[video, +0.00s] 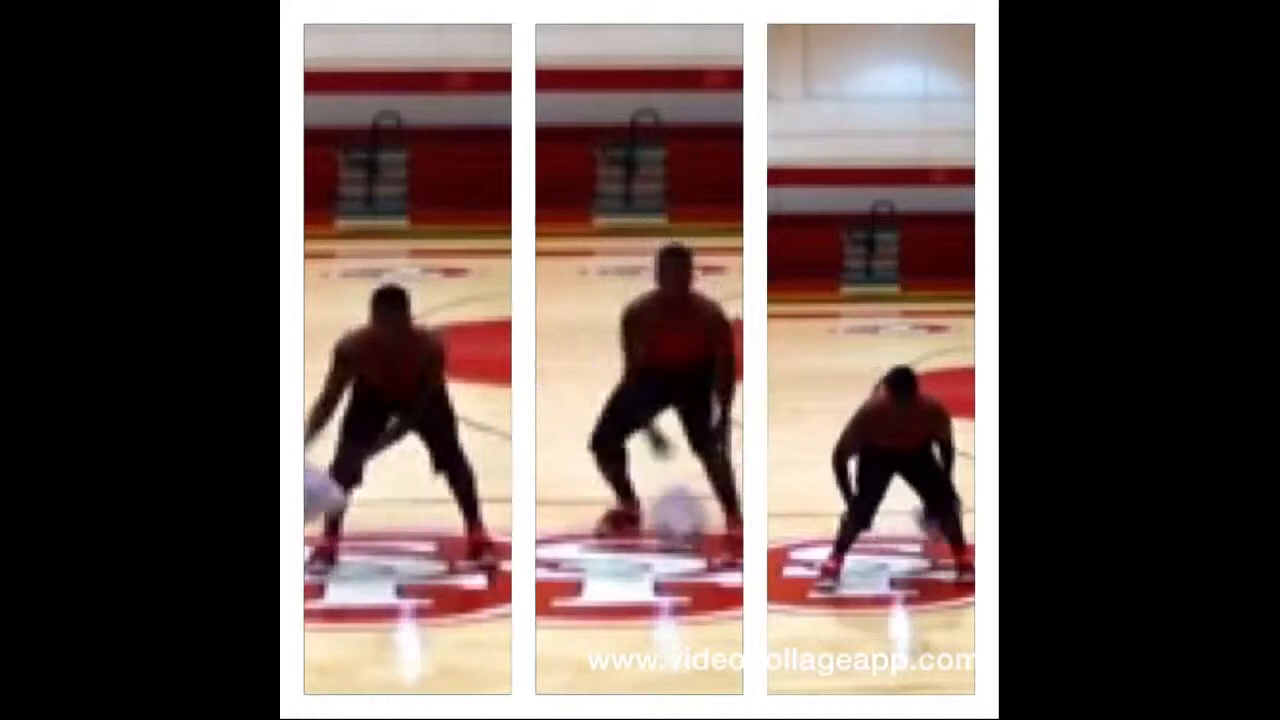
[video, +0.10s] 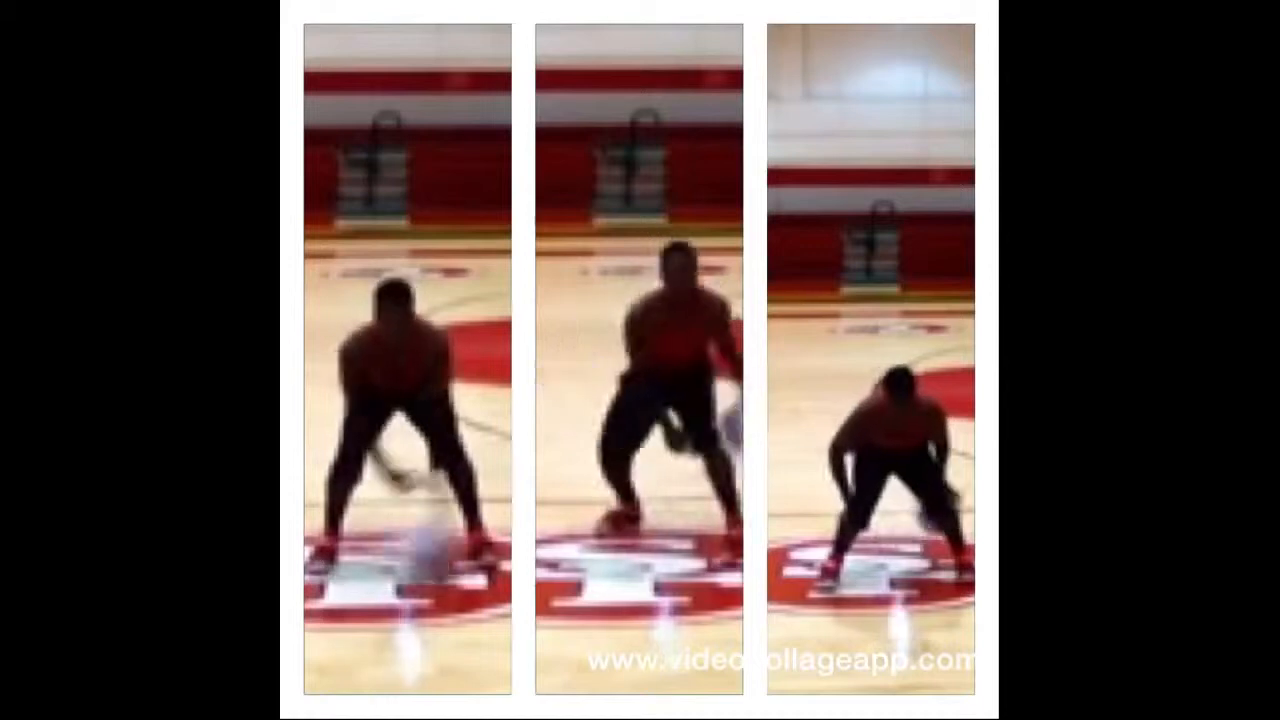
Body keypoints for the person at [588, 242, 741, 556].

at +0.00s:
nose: (676, 282)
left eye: (681, 274)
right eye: (669, 275)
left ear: (691, 275)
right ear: (658, 276)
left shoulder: (709, 315)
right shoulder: (637, 315)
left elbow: (725, 370)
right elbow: (633, 376)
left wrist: (723, 417)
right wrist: (648, 427)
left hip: (694, 386)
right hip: (649, 385)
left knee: (709, 447)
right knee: (605, 442)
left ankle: (734, 517)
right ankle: (628, 507)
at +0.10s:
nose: (679, 278)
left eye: (685, 270)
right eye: (673, 271)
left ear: (696, 271)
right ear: (662, 273)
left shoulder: (711, 308)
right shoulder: (642, 314)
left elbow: (728, 351)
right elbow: (642, 374)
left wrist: (745, 383)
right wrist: (662, 420)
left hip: (693, 383)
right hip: (648, 383)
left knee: (708, 444)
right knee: (612, 451)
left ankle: (734, 517)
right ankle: (629, 508)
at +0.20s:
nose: (683, 268)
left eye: (689, 260)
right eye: (676, 261)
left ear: (700, 260)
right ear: (666, 263)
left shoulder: (716, 286)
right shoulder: (650, 303)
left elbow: (744, 311)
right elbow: (624, 354)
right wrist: (628, 395)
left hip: (694, 364)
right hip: (649, 367)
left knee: (719, 437)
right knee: (626, 439)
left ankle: (736, 509)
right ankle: (627, 499)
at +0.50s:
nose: (678, 281)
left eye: (684, 274)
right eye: (672, 274)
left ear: (695, 274)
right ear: (663, 275)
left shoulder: (715, 313)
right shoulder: (647, 315)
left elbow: (726, 363)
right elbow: (634, 364)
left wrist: (734, 400)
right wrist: (626, 413)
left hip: (711, 383)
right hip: (670, 386)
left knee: (741, 444)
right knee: (664, 445)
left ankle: (720, 497)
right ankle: (643, 521)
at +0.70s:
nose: (671, 269)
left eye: (678, 262)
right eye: (665, 261)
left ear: (690, 263)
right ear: (658, 260)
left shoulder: (712, 298)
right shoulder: (637, 292)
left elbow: (740, 339)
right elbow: (599, 328)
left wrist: (739, 382)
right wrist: (568, 372)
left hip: (704, 367)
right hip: (659, 364)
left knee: (719, 428)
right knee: (627, 431)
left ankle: (736, 486)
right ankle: (634, 498)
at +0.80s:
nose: (674, 280)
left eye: (680, 272)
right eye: (668, 272)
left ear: (691, 273)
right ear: (658, 272)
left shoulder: (712, 311)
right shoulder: (638, 308)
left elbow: (730, 366)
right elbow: (624, 357)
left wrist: (730, 412)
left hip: (698, 376)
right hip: (653, 373)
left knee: (706, 436)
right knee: (609, 433)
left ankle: (734, 509)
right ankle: (633, 499)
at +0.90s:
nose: (677, 284)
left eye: (683, 276)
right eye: (671, 276)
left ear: (694, 277)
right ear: (661, 277)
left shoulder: (711, 316)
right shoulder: (640, 317)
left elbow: (725, 367)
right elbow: (642, 372)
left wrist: (732, 409)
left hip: (692, 384)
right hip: (646, 383)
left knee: (704, 440)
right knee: (607, 445)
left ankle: (734, 510)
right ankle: (632, 499)